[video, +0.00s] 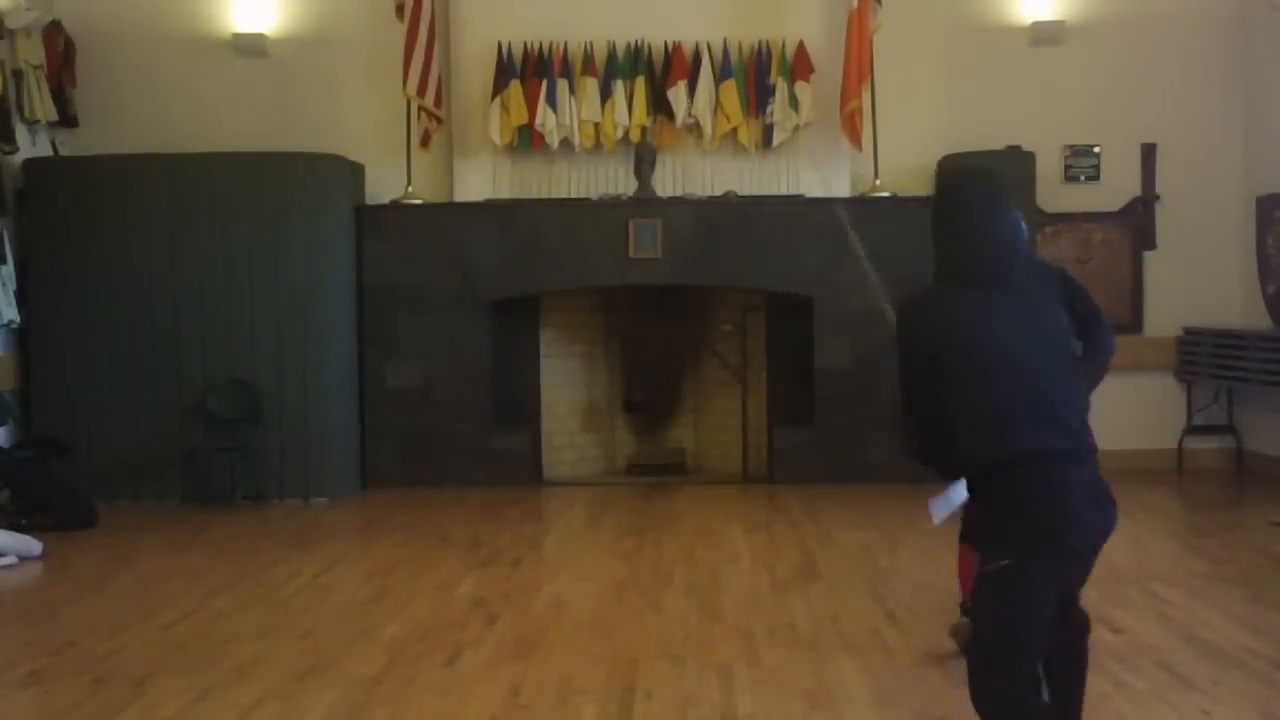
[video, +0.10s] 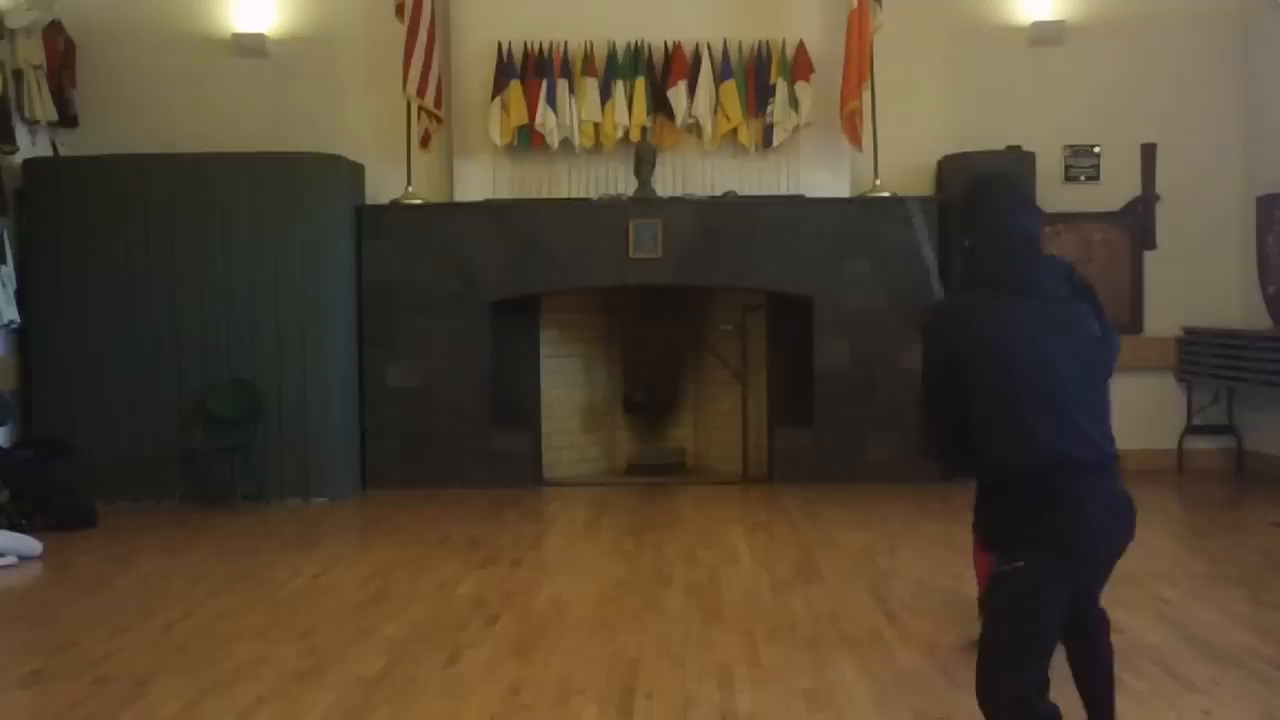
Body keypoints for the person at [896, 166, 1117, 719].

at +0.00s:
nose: (1023, 227)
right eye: (1016, 219)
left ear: (943, 232)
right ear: (1009, 225)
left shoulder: (925, 310)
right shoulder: (1046, 278)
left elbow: (925, 432)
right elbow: (1101, 341)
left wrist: (959, 468)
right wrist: (1064, 396)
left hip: (1014, 509)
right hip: (1083, 497)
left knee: (999, 670)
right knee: (1060, 610)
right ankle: (1065, 707)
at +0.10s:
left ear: (968, 238)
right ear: (1033, 232)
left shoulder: (954, 319)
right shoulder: (1071, 295)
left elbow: (951, 448)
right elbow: (1104, 358)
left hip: (1025, 518)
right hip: (1104, 508)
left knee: (1009, 690)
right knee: (1082, 610)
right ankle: (1102, 712)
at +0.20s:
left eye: (989, 234)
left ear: (987, 241)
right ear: (1051, 236)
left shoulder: (975, 317)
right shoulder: (1092, 311)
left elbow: (967, 438)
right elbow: (1112, 415)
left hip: (1045, 524)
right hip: (1121, 514)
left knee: (1012, 689)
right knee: (1089, 607)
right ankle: (1111, 713)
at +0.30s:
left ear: (1000, 239)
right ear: (1067, 237)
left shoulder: (984, 318)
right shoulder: (1113, 319)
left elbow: (982, 434)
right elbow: (1138, 415)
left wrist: (1024, 473)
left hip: (1055, 522)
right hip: (1133, 513)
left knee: (1005, 682)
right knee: (1099, 607)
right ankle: (1114, 713)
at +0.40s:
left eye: (1008, 223)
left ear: (1011, 230)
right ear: (1080, 230)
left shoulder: (996, 310)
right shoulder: (1131, 312)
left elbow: (990, 424)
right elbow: (1157, 418)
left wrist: (1023, 485)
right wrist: (1121, 477)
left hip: (1052, 516)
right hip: (1134, 512)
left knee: (1005, 677)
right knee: (1104, 611)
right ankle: (1115, 713)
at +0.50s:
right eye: (1090, 207)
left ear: (1019, 216)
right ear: (1090, 216)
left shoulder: (997, 297)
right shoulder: (1141, 300)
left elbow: (993, 418)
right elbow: (1165, 414)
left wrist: (1010, 508)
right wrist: (1130, 473)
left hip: (1049, 503)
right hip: (1133, 501)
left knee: (1031, 677)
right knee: (1114, 621)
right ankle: (1120, 711)